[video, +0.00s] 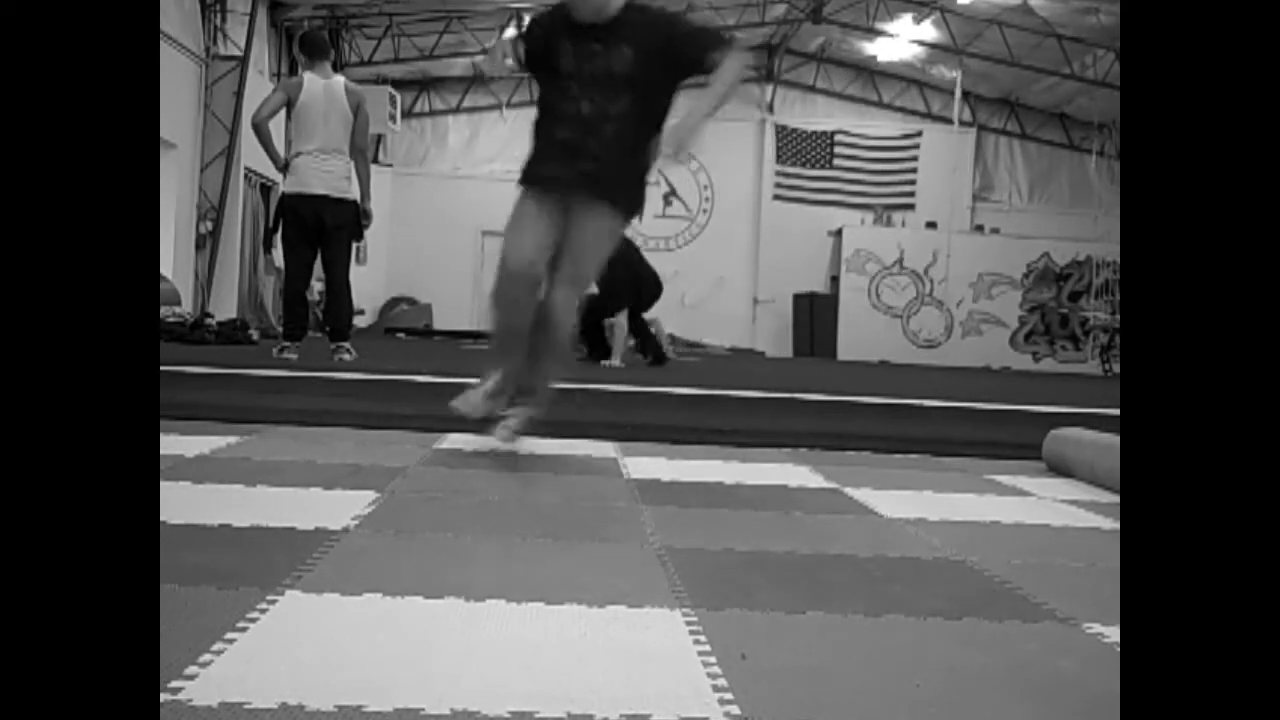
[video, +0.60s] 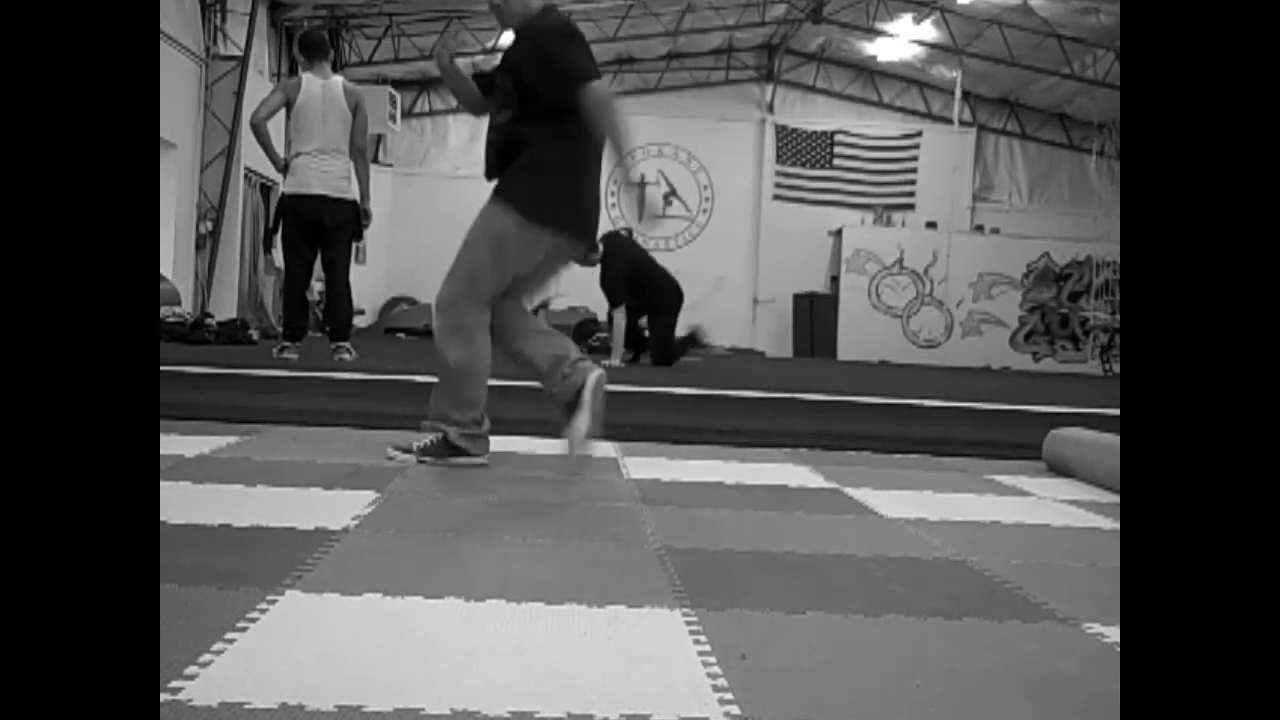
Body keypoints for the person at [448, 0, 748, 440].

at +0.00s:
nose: (579, 8)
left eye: (587, 4)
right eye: (574, 5)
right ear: (568, 0)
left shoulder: (655, 28)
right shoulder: (552, 26)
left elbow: (734, 59)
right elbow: (507, 59)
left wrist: (687, 128)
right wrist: (495, 60)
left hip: (610, 183)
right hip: (548, 174)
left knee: (562, 294)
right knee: (515, 269)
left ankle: (530, 405)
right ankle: (505, 374)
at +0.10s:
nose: (536, 18)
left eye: (542, 7)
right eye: (534, 10)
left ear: (577, 5)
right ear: (546, 10)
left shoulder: (621, 60)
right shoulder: (542, 53)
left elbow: (660, 134)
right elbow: (522, 106)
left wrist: (586, 170)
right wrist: (501, 131)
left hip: (576, 218)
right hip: (518, 202)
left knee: (534, 328)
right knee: (483, 307)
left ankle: (497, 421)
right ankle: (437, 413)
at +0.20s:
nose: (511, 24)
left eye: (515, 12)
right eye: (508, 15)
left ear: (545, 4)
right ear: (527, 10)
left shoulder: (592, 55)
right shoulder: (527, 53)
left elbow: (583, 141)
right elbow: (530, 136)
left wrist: (510, 109)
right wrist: (497, 185)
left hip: (562, 211)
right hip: (509, 197)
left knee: (518, 316)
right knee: (466, 292)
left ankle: (509, 412)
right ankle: (455, 409)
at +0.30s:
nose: (487, 24)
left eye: (493, 11)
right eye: (485, 15)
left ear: (526, 6)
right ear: (518, 11)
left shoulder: (565, 53)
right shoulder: (518, 61)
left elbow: (513, 113)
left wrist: (457, 62)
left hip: (554, 212)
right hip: (501, 205)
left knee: (490, 296)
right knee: (453, 299)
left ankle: (560, 392)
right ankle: (480, 427)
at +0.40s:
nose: (478, 21)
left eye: (480, 9)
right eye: (475, 13)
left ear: (512, 2)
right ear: (516, 5)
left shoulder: (546, 43)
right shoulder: (527, 52)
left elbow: (505, 111)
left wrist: (435, 120)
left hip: (545, 204)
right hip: (506, 203)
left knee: (483, 299)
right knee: (462, 306)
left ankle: (557, 403)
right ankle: (482, 426)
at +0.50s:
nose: (486, 11)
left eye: (485, 5)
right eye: (485, 6)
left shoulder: (535, 22)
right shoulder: (548, 23)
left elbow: (538, 108)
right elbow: (539, 110)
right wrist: (474, 120)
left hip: (544, 193)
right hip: (559, 195)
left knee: (479, 288)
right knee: (488, 288)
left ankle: (492, 413)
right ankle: (514, 401)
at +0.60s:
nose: (494, 12)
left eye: (495, 5)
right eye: (492, 7)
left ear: (511, 1)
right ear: (530, 0)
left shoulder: (547, 31)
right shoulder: (525, 47)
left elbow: (599, 101)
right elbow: (478, 100)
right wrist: (446, 63)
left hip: (533, 197)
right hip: (571, 209)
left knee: (459, 300)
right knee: (497, 307)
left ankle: (462, 432)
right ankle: (573, 378)